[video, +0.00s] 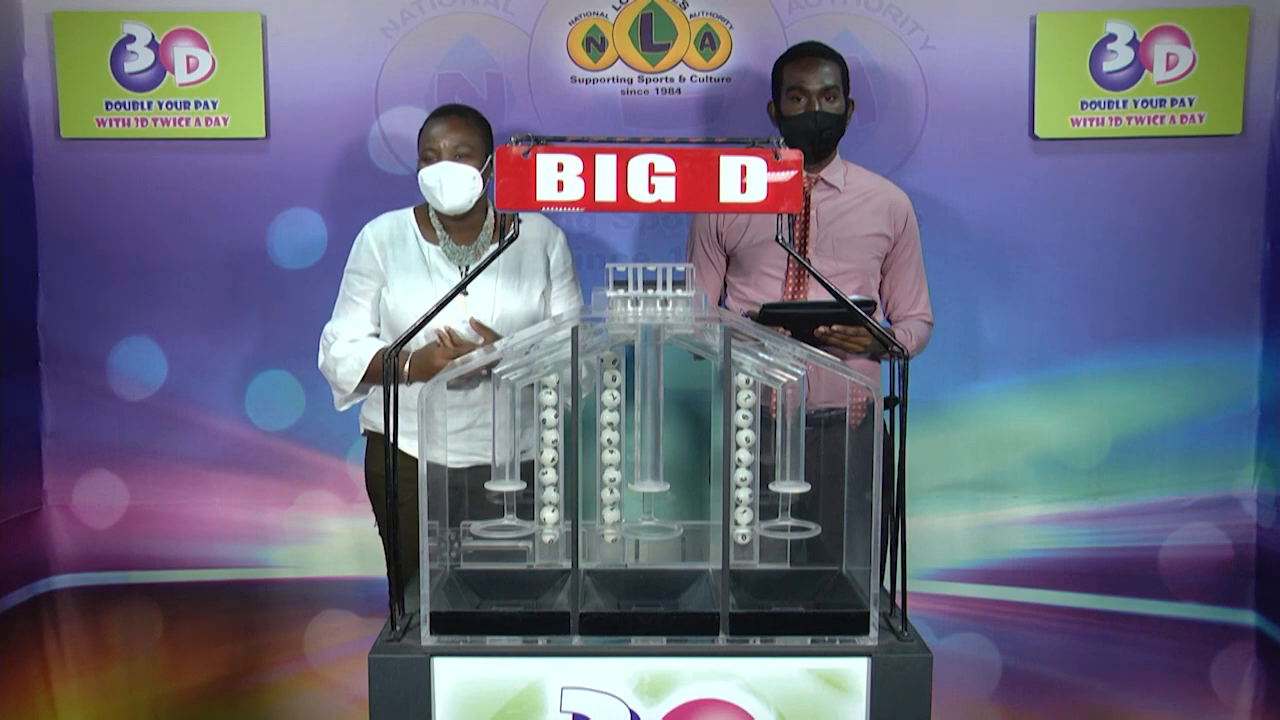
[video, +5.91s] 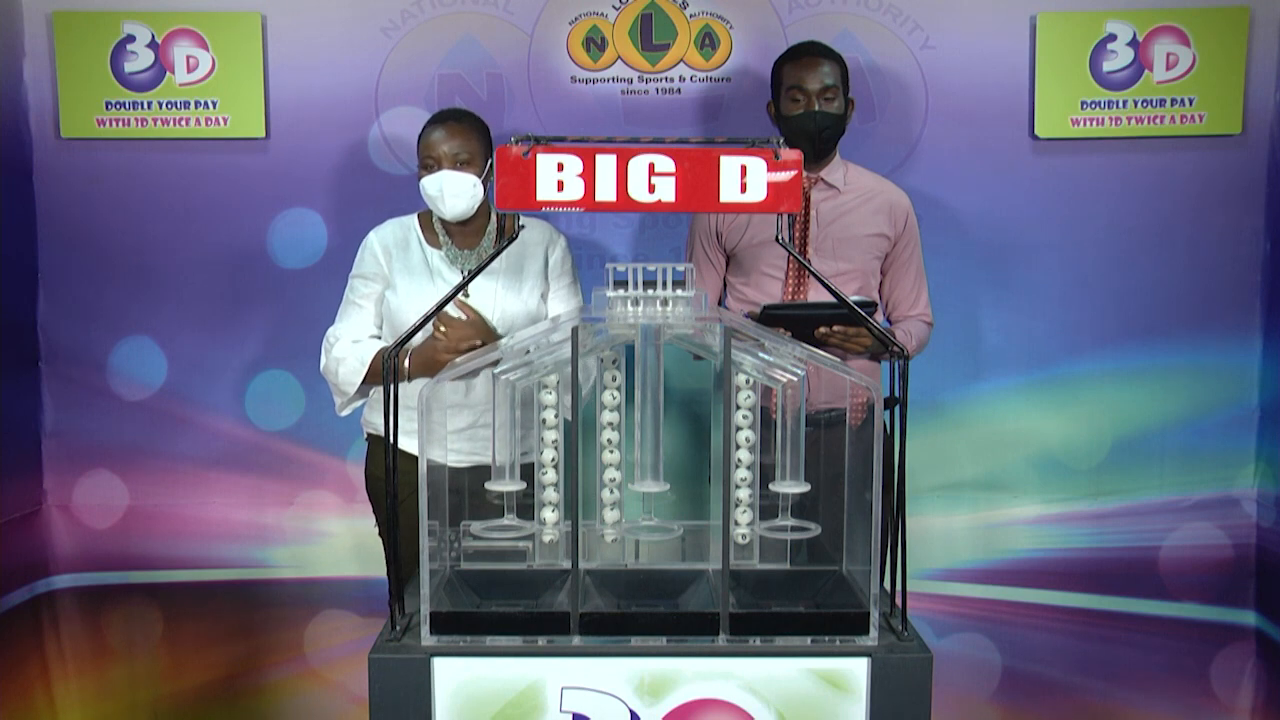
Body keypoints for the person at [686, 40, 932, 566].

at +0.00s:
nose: (814, 109)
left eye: (829, 95)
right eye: (797, 96)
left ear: (848, 108)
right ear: (775, 109)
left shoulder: (888, 204)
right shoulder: (727, 200)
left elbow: (915, 320)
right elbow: (695, 317)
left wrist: (877, 341)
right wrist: (757, 336)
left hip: (843, 417)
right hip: (751, 417)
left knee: (843, 580)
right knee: (752, 579)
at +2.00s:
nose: (814, 109)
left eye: (830, 95)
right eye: (797, 96)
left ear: (849, 108)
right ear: (775, 109)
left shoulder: (888, 204)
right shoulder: (727, 200)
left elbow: (915, 321)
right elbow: (694, 317)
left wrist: (876, 341)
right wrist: (758, 335)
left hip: (843, 417)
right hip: (750, 418)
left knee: (843, 581)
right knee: (752, 580)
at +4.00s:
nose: (814, 109)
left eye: (829, 95)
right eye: (796, 96)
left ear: (848, 107)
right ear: (774, 109)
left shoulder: (888, 205)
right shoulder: (727, 202)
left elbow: (915, 321)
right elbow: (695, 320)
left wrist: (877, 342)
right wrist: (757, 339)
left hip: (843, 418)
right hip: (751, 419)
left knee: (844, 582)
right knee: (752, 581)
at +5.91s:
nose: (813, 108)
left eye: (828, 94)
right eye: (796, 95)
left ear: (848, 108)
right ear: (774, 109)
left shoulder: (888, 205)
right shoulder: (726, 200)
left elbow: (914, 320)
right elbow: (696, 319)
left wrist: (876, 342)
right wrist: (760, 340)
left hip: (843, 416)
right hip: (751, 416)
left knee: (844, 581)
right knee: (753, 579)